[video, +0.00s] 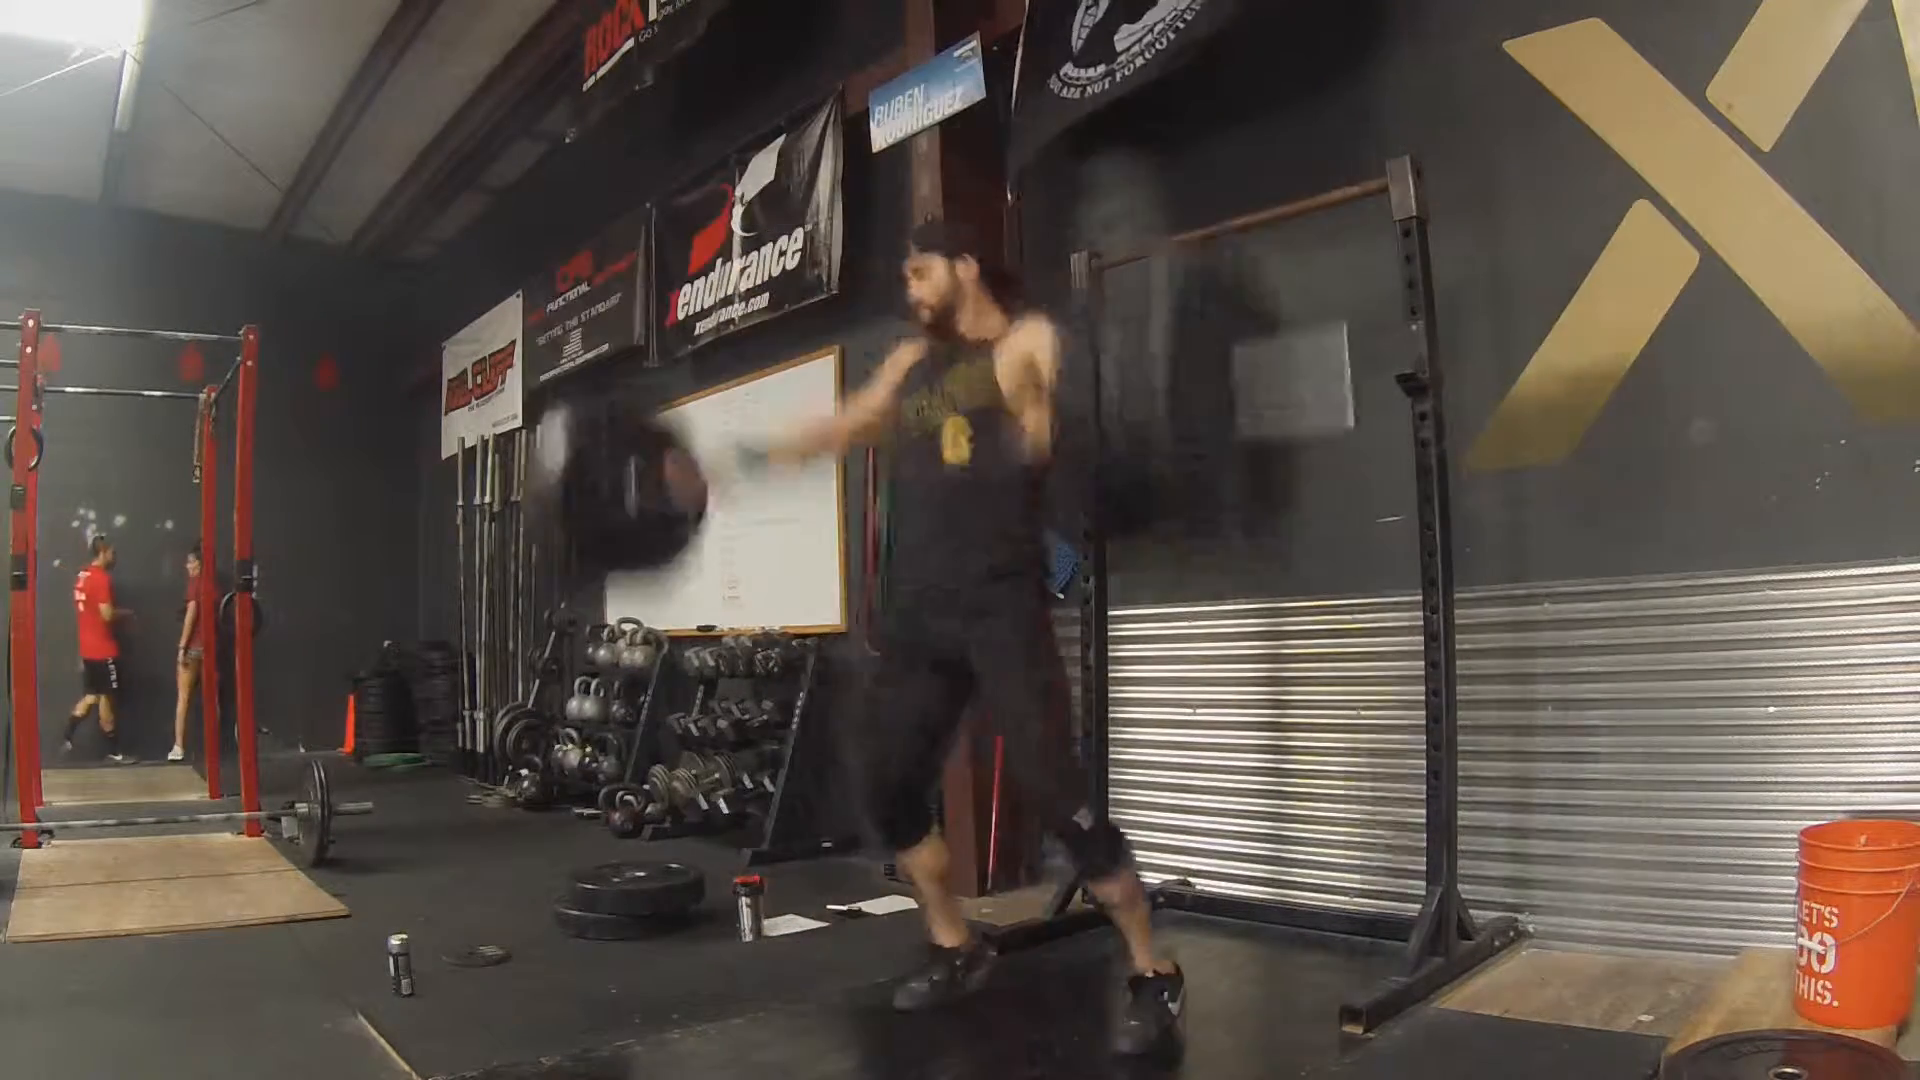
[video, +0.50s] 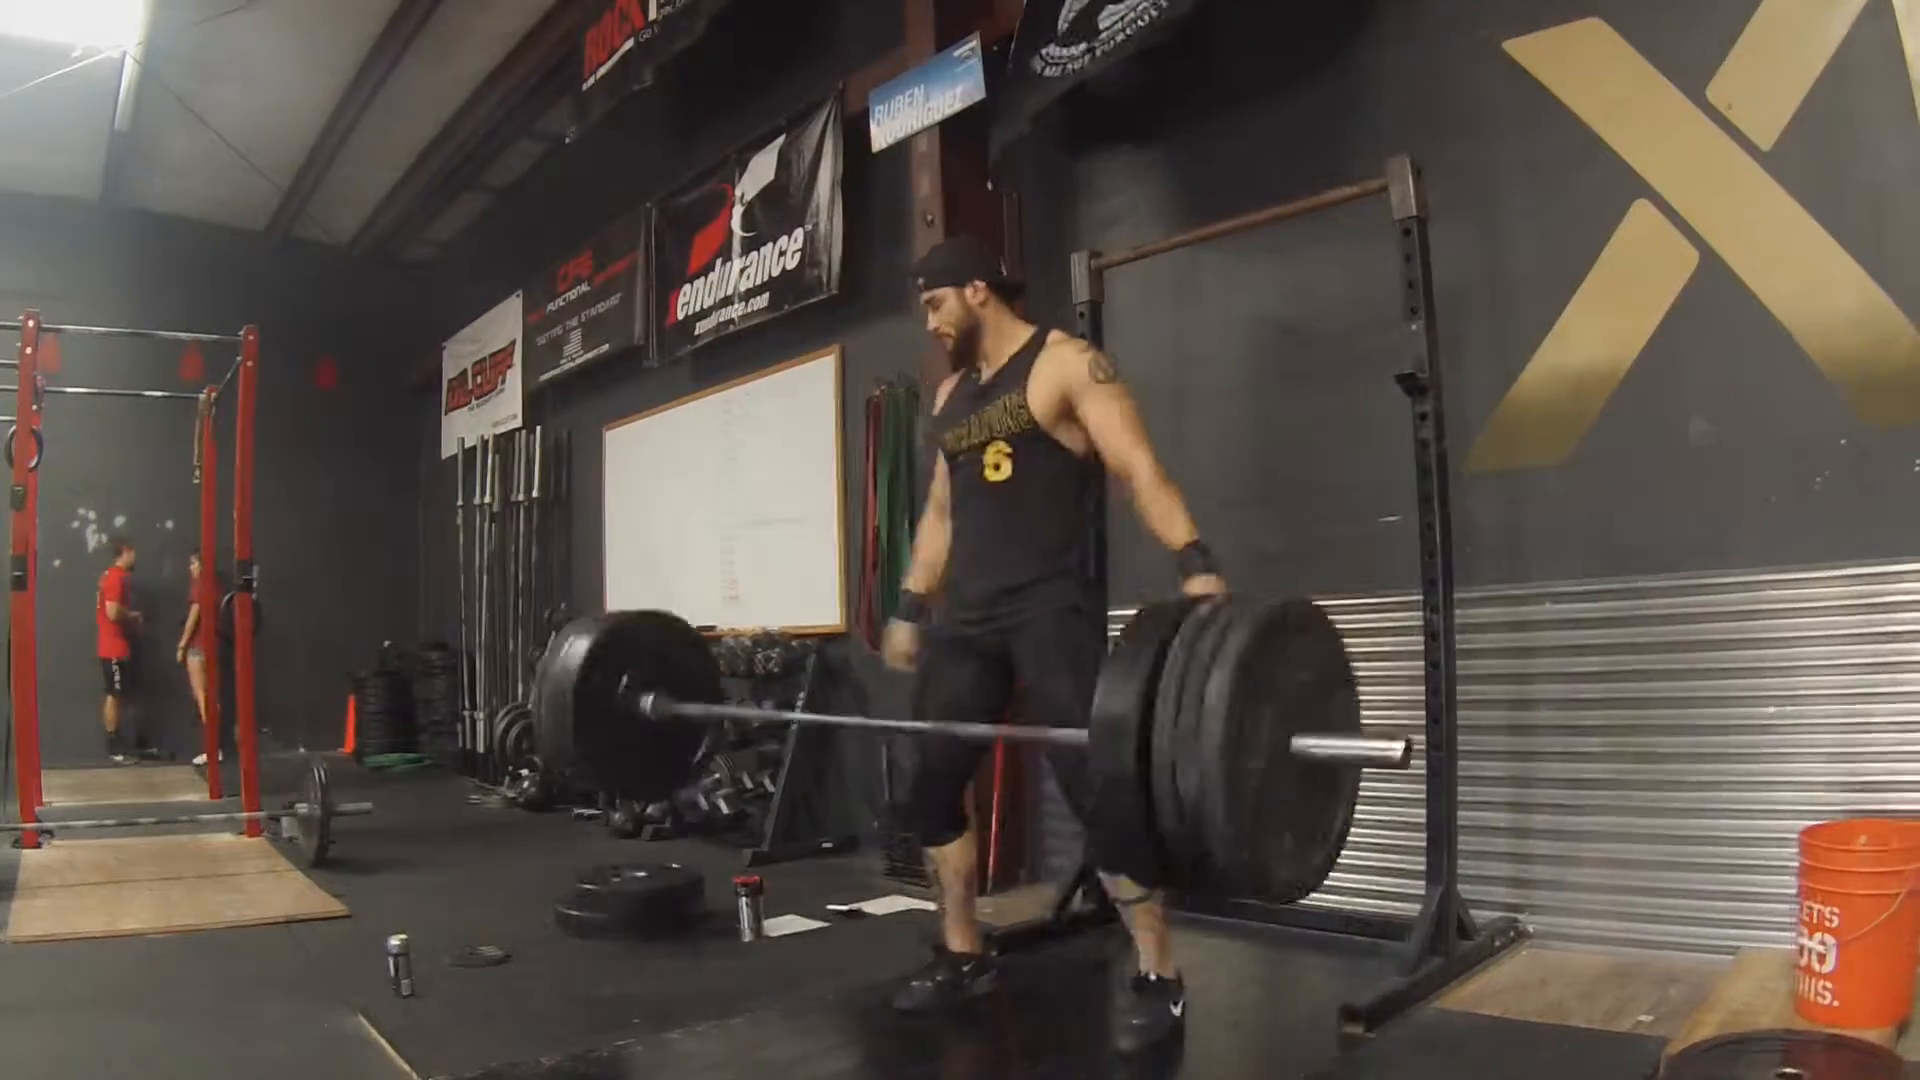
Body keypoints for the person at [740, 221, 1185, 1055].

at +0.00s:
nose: (912, 290)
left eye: (923, 274)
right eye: (908, 278)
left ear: (967, 271)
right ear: (923, 284)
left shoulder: (1030, 343)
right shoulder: (914, 359)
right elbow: (848, 423)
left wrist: (1019, 386)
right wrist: (774, 448)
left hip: (1007, 607)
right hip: (922, 609)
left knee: (1051, 791)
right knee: (888, 781)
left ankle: (1151, 970)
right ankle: (957, 946)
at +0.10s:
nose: (915, 313)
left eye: (925, 298)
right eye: (911, 302)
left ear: (970, 295)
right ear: (943, 303)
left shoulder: (1044, 378)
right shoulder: (921, 396)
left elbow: (1107, 483)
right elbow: (889, 491)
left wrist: (1102, 584)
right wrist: (847, 556)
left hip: (1028, 628)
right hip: (937, 632)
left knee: (1070, 808)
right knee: (893, 796)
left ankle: (1154, 975)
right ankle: (959, 951)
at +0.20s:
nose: (916, 319)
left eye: (924, 301)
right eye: (911, 306)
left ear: (971, 293)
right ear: (952, 303)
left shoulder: (1056, 376)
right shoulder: (933, 394)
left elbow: (1101, 501)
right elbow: (946, 515)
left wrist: (1137, 617)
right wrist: (930, 612)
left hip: (1031, 620)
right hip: (943, 623)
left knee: (1075, 805)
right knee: (907, 791)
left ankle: (1152, 959)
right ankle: (961, 954)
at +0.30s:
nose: (918, 314)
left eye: (926, 297)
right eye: (914, 302)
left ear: (973, 288)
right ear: (951, 297)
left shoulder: (1061, 363)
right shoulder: (938, 387)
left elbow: (1123, 471)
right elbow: (942, 509)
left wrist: (1159, 575)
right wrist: (920, 603)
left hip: (1037, 614)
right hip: (944, 620)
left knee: (1078, 786)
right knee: (919, 787)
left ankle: (1129, 974)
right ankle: (964, 954)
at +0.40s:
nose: (923, 319)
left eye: (929, 301)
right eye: (917, 307)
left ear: (976, 288)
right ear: (942, 304)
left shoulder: (1063, 361)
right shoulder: (947, 387)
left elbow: (1144, 467)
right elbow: (948, 511)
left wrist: (1192, 570)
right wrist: (933, 606)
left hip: (1044, 615)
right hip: (955, 623)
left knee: (1096, 792)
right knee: (927, 786)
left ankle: (1157, 972)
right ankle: (962, 952)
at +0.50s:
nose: (928, 319)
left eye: (935, 301)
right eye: (923, 307)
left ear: (981, 290)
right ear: (951, 304)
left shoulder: (1066, 363)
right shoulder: (954, 395)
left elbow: (1140, 470)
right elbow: (940, 511)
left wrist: (1194, 561)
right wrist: (908, 608)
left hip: (1055, 614)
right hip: (967, 621)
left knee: (1099, 792)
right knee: (931, 786)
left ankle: (1159, 977)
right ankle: (962, 952)